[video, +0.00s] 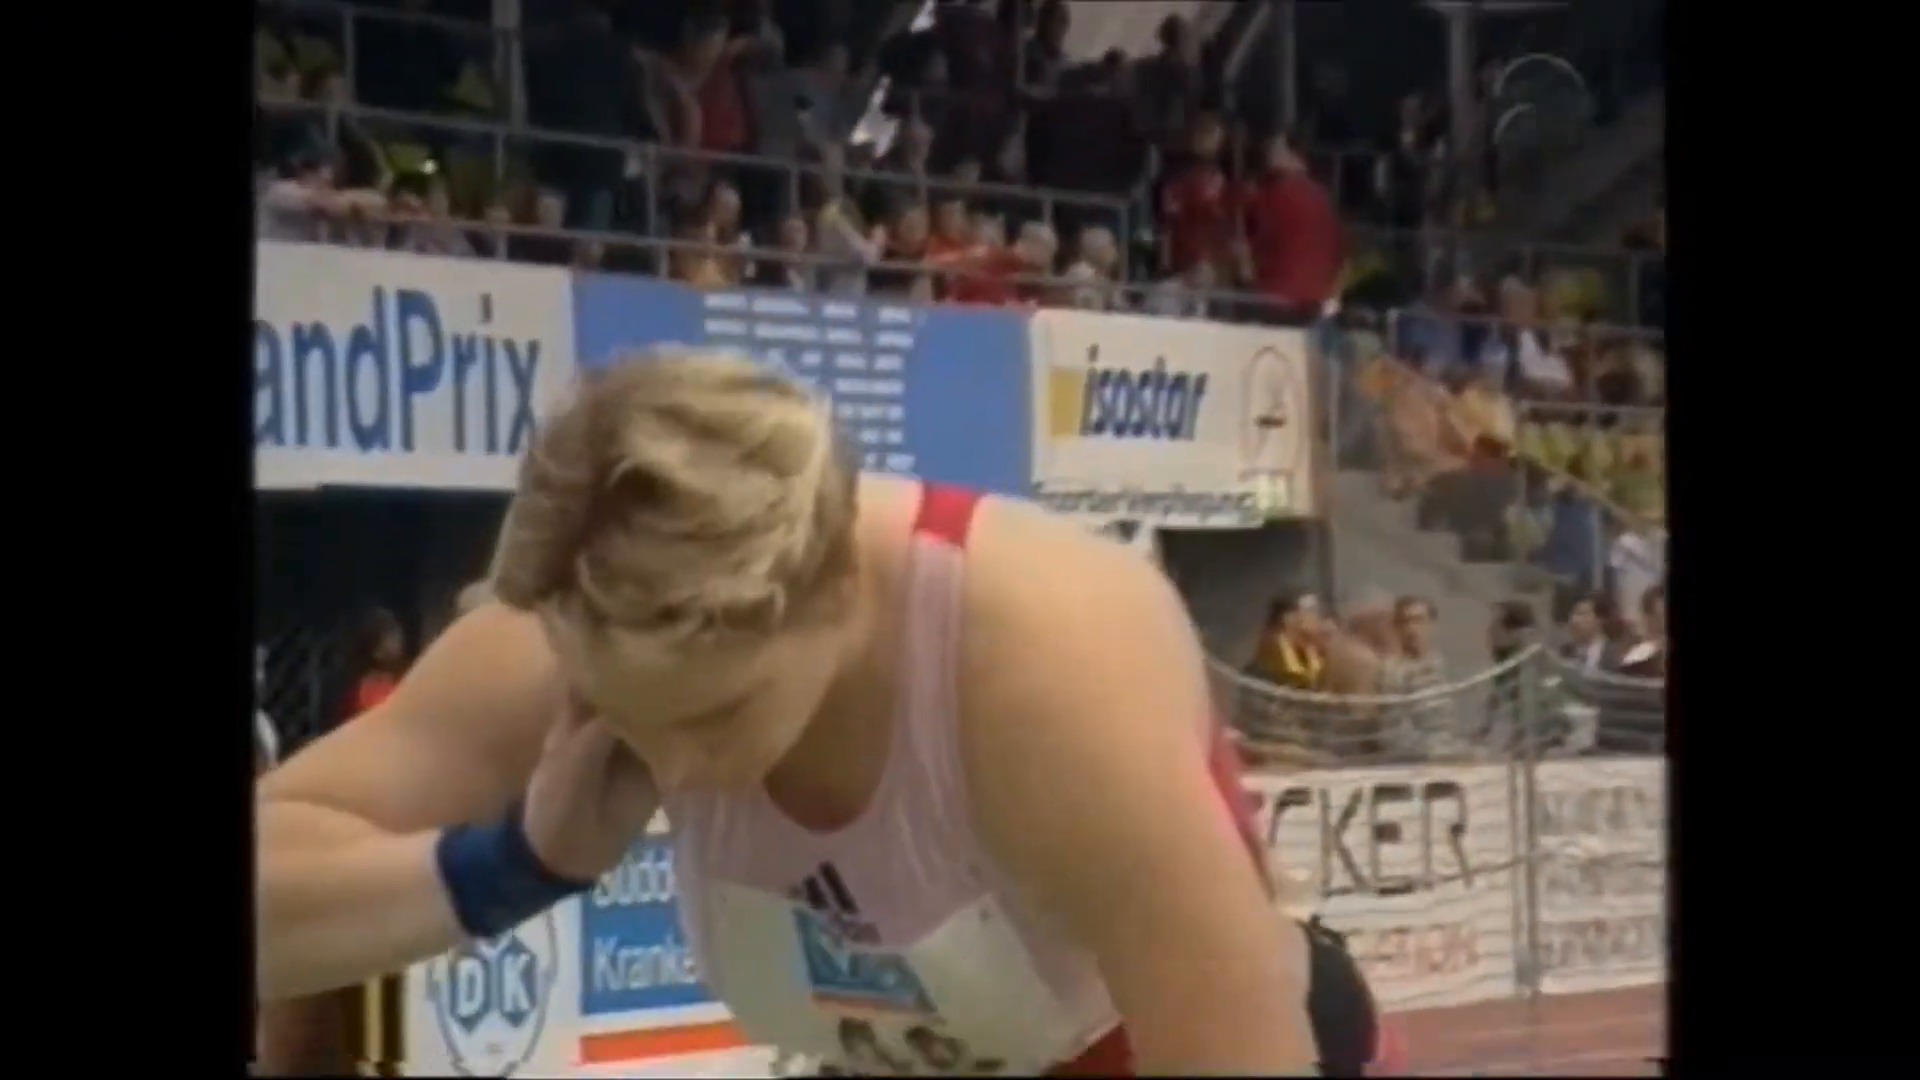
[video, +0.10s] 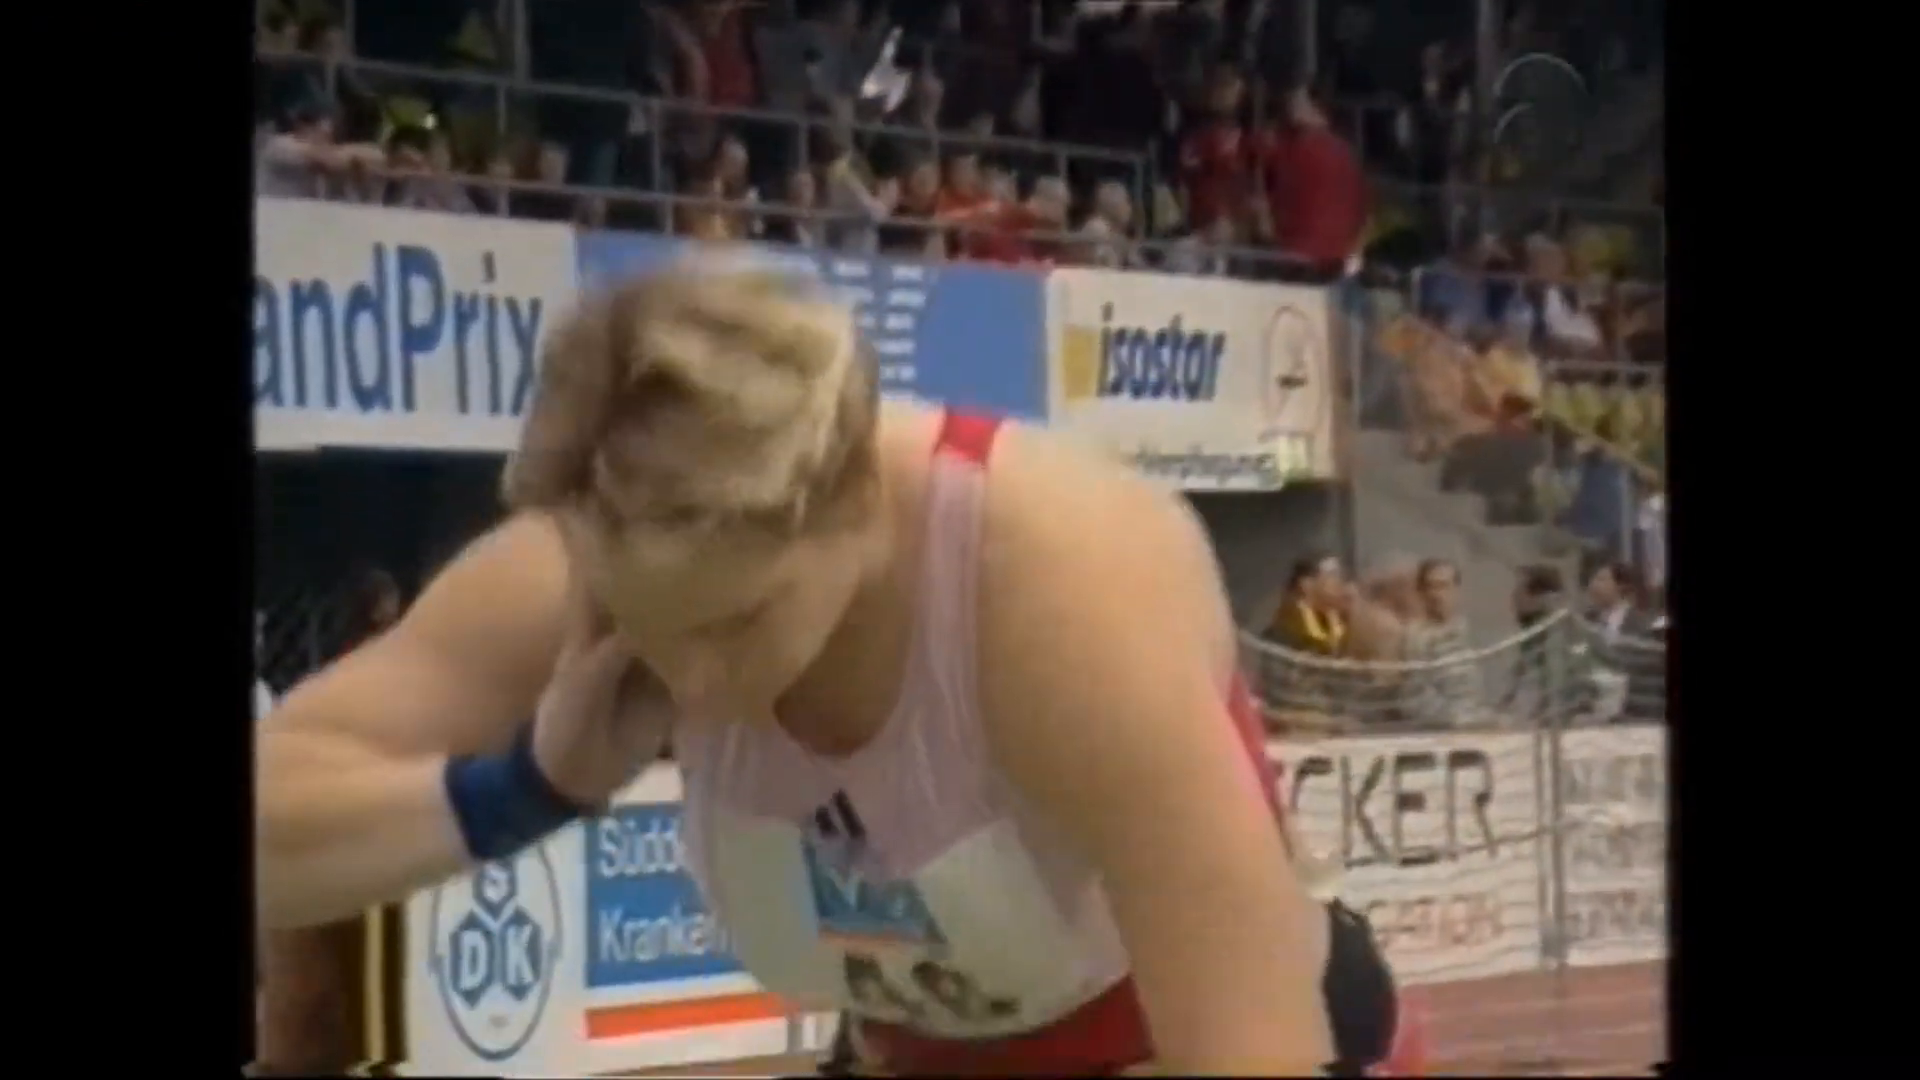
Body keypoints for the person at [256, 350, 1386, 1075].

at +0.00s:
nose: (680, 764)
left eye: (716, 718)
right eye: (632, 721)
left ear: (828, 602)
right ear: (577, 637)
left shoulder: (1047, 647)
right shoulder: (568, 646)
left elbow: (1246, 1052)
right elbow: (256, 893)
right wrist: (514, 863)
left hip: (1153, 1036)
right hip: (861, 1043)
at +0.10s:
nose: (696, 686)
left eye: (737, 631)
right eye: (645, 639)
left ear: (849, 514)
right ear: (592, 557)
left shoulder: (1071, 577)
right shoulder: (575, 563)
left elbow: (1254, 1049)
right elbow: (261, 834)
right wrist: (524, 790)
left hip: (1172, 1032)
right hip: (912, 1042)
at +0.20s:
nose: (712, 510)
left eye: (762, 456)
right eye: (664, 457)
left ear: (884, 348)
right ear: (608, 382)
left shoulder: (1099, 441)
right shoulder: (585, 458)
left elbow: (1265, 976)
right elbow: (255, 706)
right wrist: (530, 664)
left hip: (1189, 1021)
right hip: (906, 1037)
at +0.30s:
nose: (736, 405)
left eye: (791, 346)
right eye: (683, 349)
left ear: (917, 234)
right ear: (630, 283)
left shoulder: (1128, 365)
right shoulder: (599, 387)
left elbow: (1270, 878)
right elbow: (254, 630)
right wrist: (540, 557)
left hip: (1209, 1013)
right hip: (899, 1029)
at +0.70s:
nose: (854, 520)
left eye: (912, 461)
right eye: (802, 459)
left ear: (1050, 326)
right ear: (740, 361)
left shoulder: (1281, 419)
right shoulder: (695, 402)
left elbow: (1402, 1017)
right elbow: (288, 700)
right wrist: (673, 670)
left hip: (1331, 1022)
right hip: (1011, 1018)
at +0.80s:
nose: (893, 781)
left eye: (947, 730)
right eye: (841, 727)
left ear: (1079, 590)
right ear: (765, 616)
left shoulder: (1315, 651)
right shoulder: (699, 613)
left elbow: (1452, 1057)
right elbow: (327, 976)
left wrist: (1135, 1071)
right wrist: (731, 924)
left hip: (1430, 1025)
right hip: (1084, 1010)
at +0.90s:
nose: (923, 947)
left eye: (967, 905)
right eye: (871, 907)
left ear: (1085, 755)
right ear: (789, 767)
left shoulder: (1334, 779)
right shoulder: (684, 746)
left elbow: (1417, 1062)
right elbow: (418, 1031)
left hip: (1433, 1021)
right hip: (1085, 1007)